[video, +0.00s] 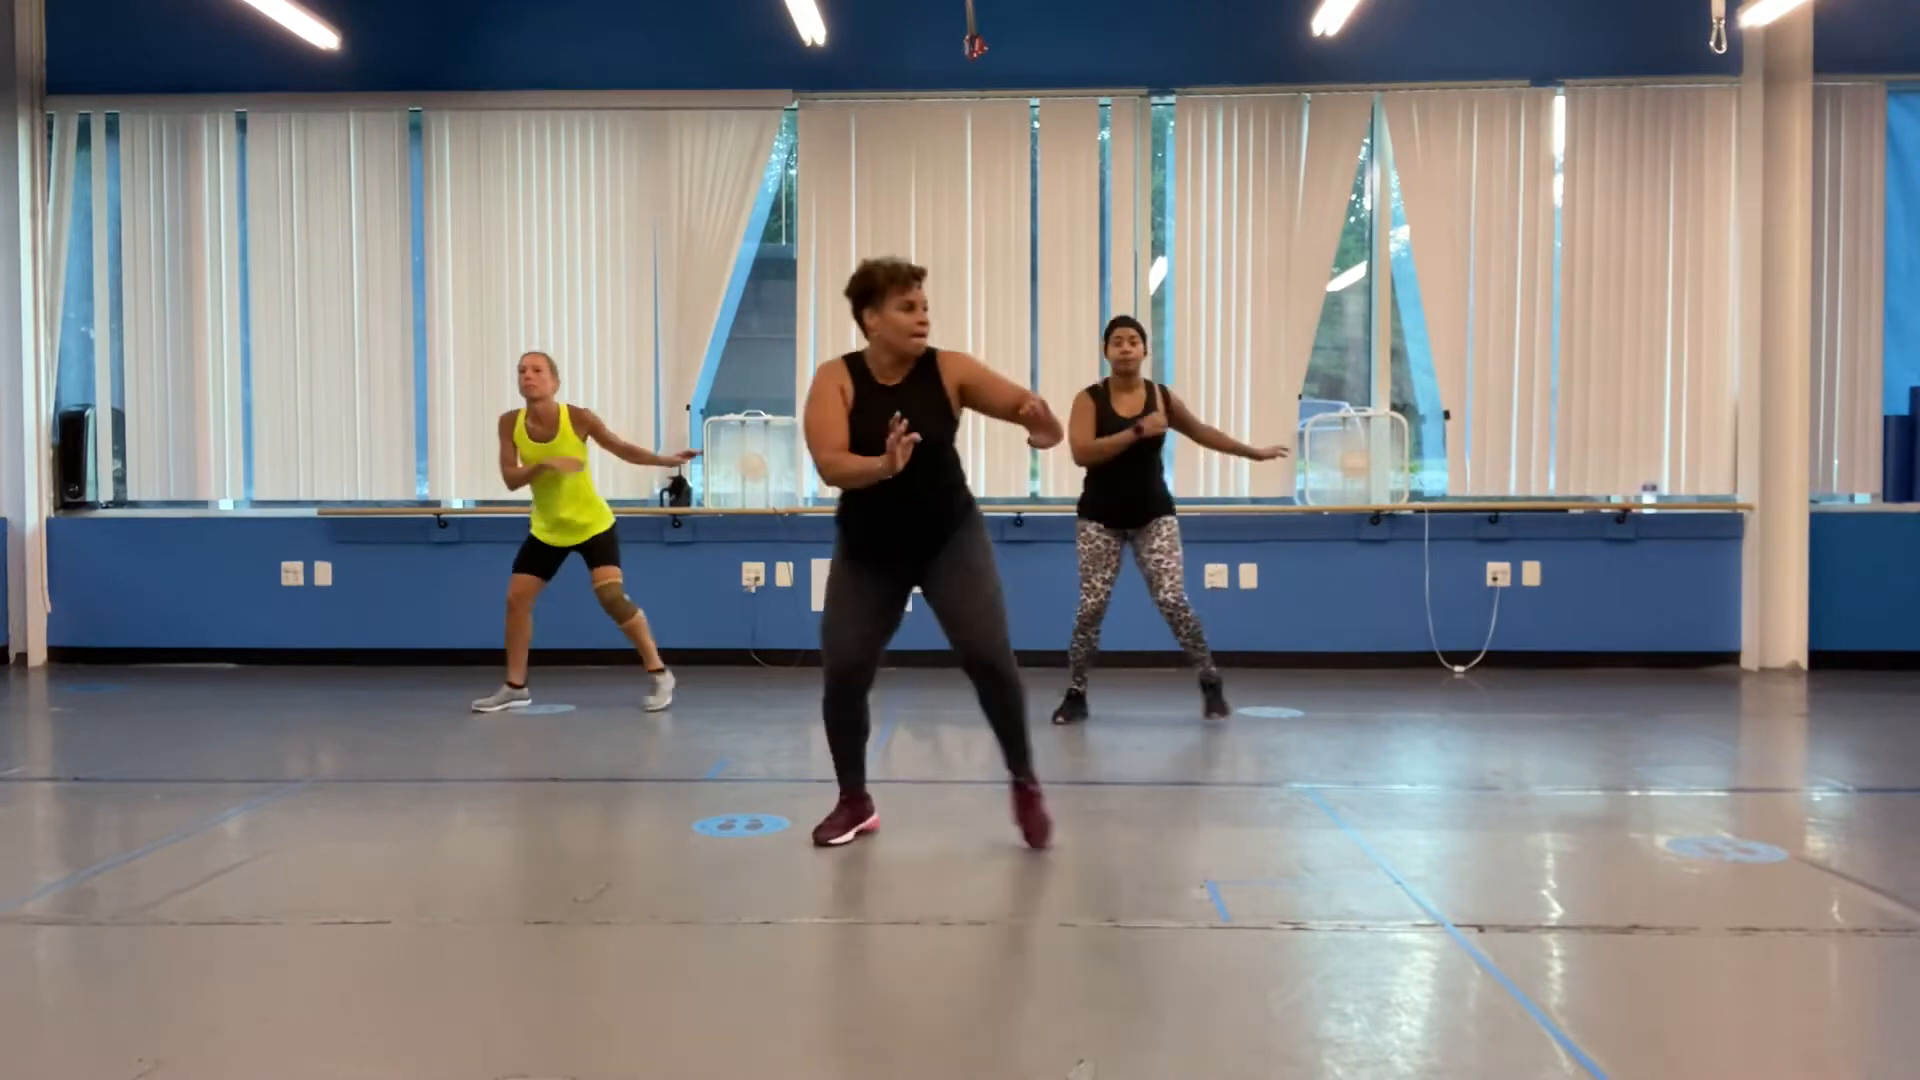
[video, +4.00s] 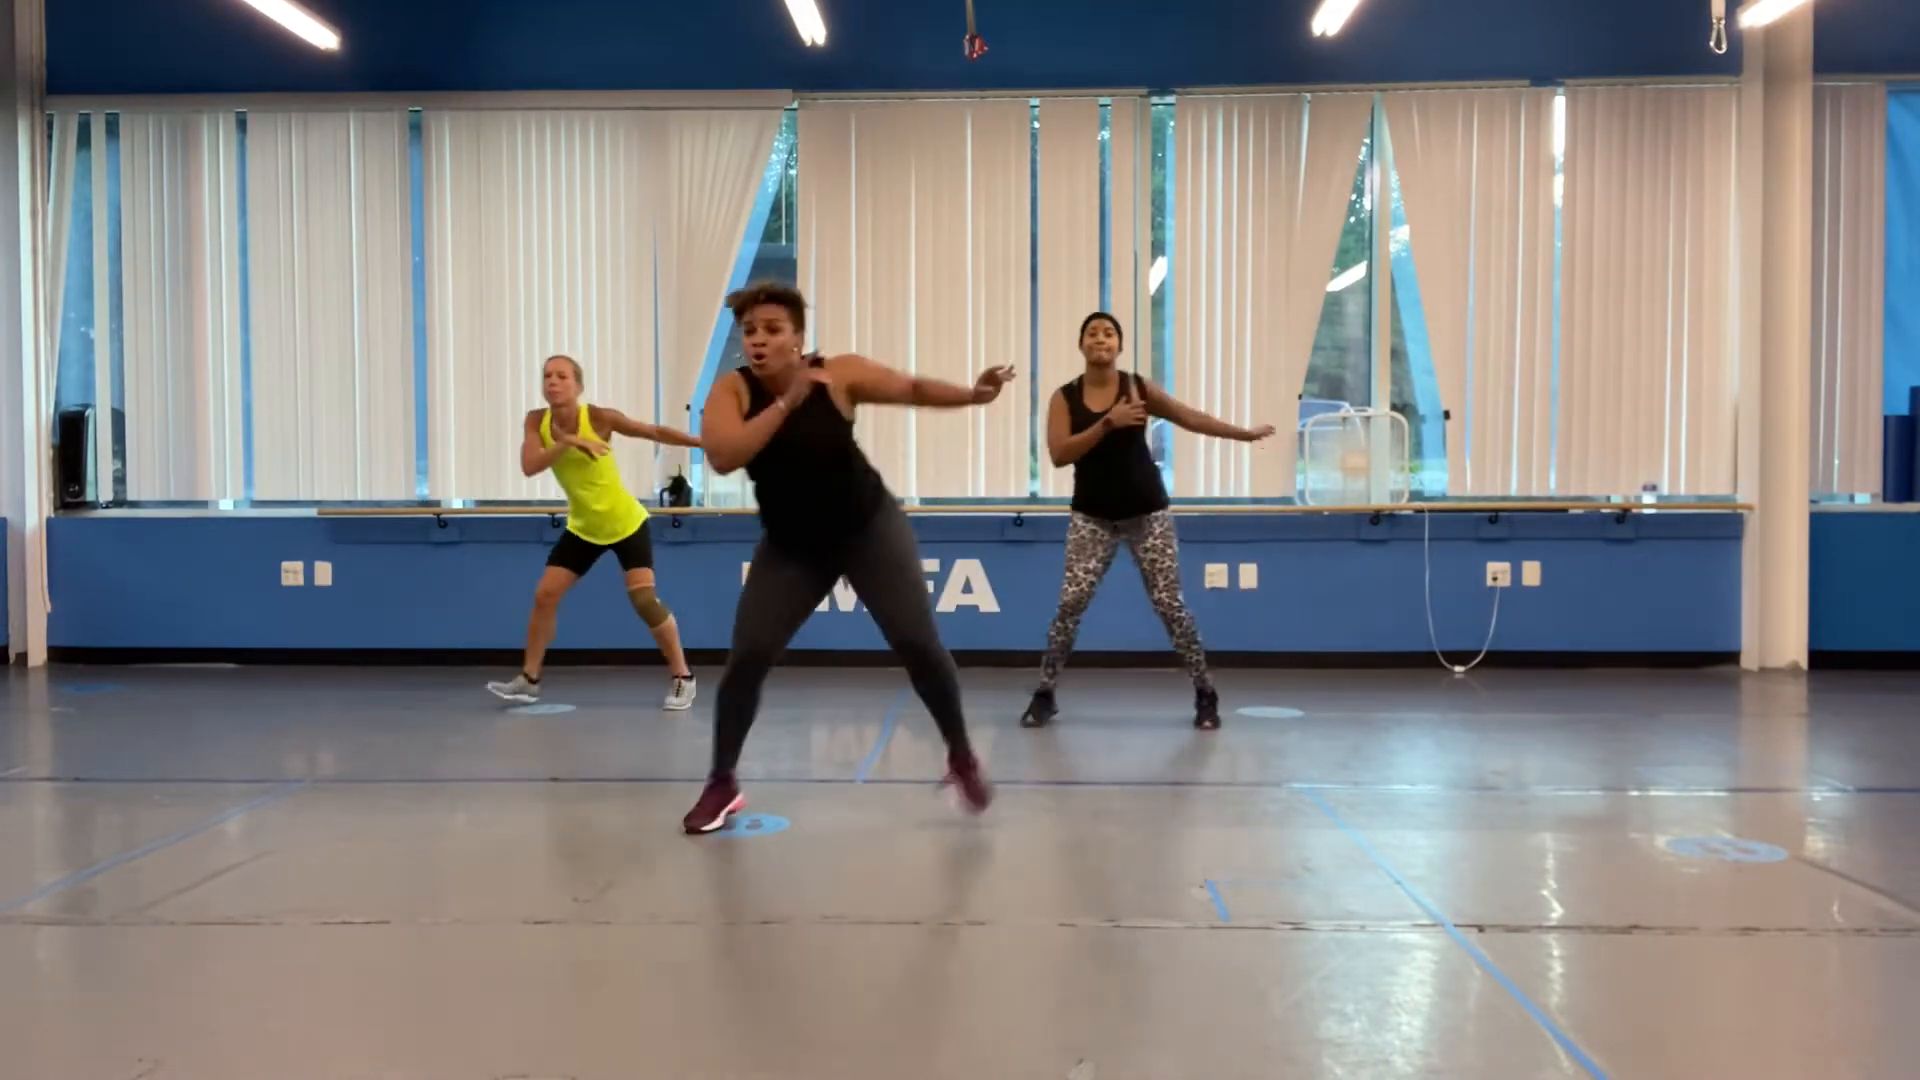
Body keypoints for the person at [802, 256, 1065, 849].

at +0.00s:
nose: (922, 317)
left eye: (924, 306)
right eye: (908, 308)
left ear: (927, 311)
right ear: (869, 319)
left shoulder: (950, 370)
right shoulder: (836, 380)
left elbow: (1022, 406)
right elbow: (831, 466)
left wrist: (1043, 423)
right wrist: (884, 464)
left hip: (951, 538)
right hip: (870, 546)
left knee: (988, 658)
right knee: (843, 673)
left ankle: (1025, 783)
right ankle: (853, 799)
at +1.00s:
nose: (850, 338)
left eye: (862, 326)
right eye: (839, 329)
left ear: (884, 331)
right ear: (828, 338)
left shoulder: (920, 379)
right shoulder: (814, 401)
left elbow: (961, 428)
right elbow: (783, 478)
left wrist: (882, 439)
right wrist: (720, 454)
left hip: (918, 552)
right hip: (838, 552)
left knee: (941, 676)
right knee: (799, 655)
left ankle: (941, 793)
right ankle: (769, 752)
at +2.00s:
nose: (969, 346)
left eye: (978, 333)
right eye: (956, 338)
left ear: (996, 335)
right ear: (940, 344)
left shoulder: (1027, 396)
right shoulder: (913, 386)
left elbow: (1037, 479)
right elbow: (845, 428)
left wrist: (1004, 483)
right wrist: (784, 478)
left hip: (978, 548)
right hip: (904, 543)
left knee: (1013, 654)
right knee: (908, 669)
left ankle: (984, 777)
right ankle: (904, 783)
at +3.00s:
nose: (937, 350)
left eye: (949, 339)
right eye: (929, 339)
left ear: (980, 332)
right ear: (922, 337)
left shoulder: (1016, 388)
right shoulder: (908, 367)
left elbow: (1021, 467)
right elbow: (825, 359)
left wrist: (1005, 460)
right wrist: (801, 415)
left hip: (986, 545)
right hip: (907, 542)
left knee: (1035, 651)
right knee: (891, 668)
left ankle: (1041, 774)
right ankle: (878, 790)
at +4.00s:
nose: (757, 340)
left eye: (771, 330)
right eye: (748, 330)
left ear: (799, 338)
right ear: (741, 337)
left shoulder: (839, 375)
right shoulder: (730, 391)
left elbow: (914, 390)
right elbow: (723, 455)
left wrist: (974, 395)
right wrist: (784, 403)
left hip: (867, 529)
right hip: (792, 544)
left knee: (918, 645)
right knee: (747, 658)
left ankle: (961, 754)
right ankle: (722, 783)